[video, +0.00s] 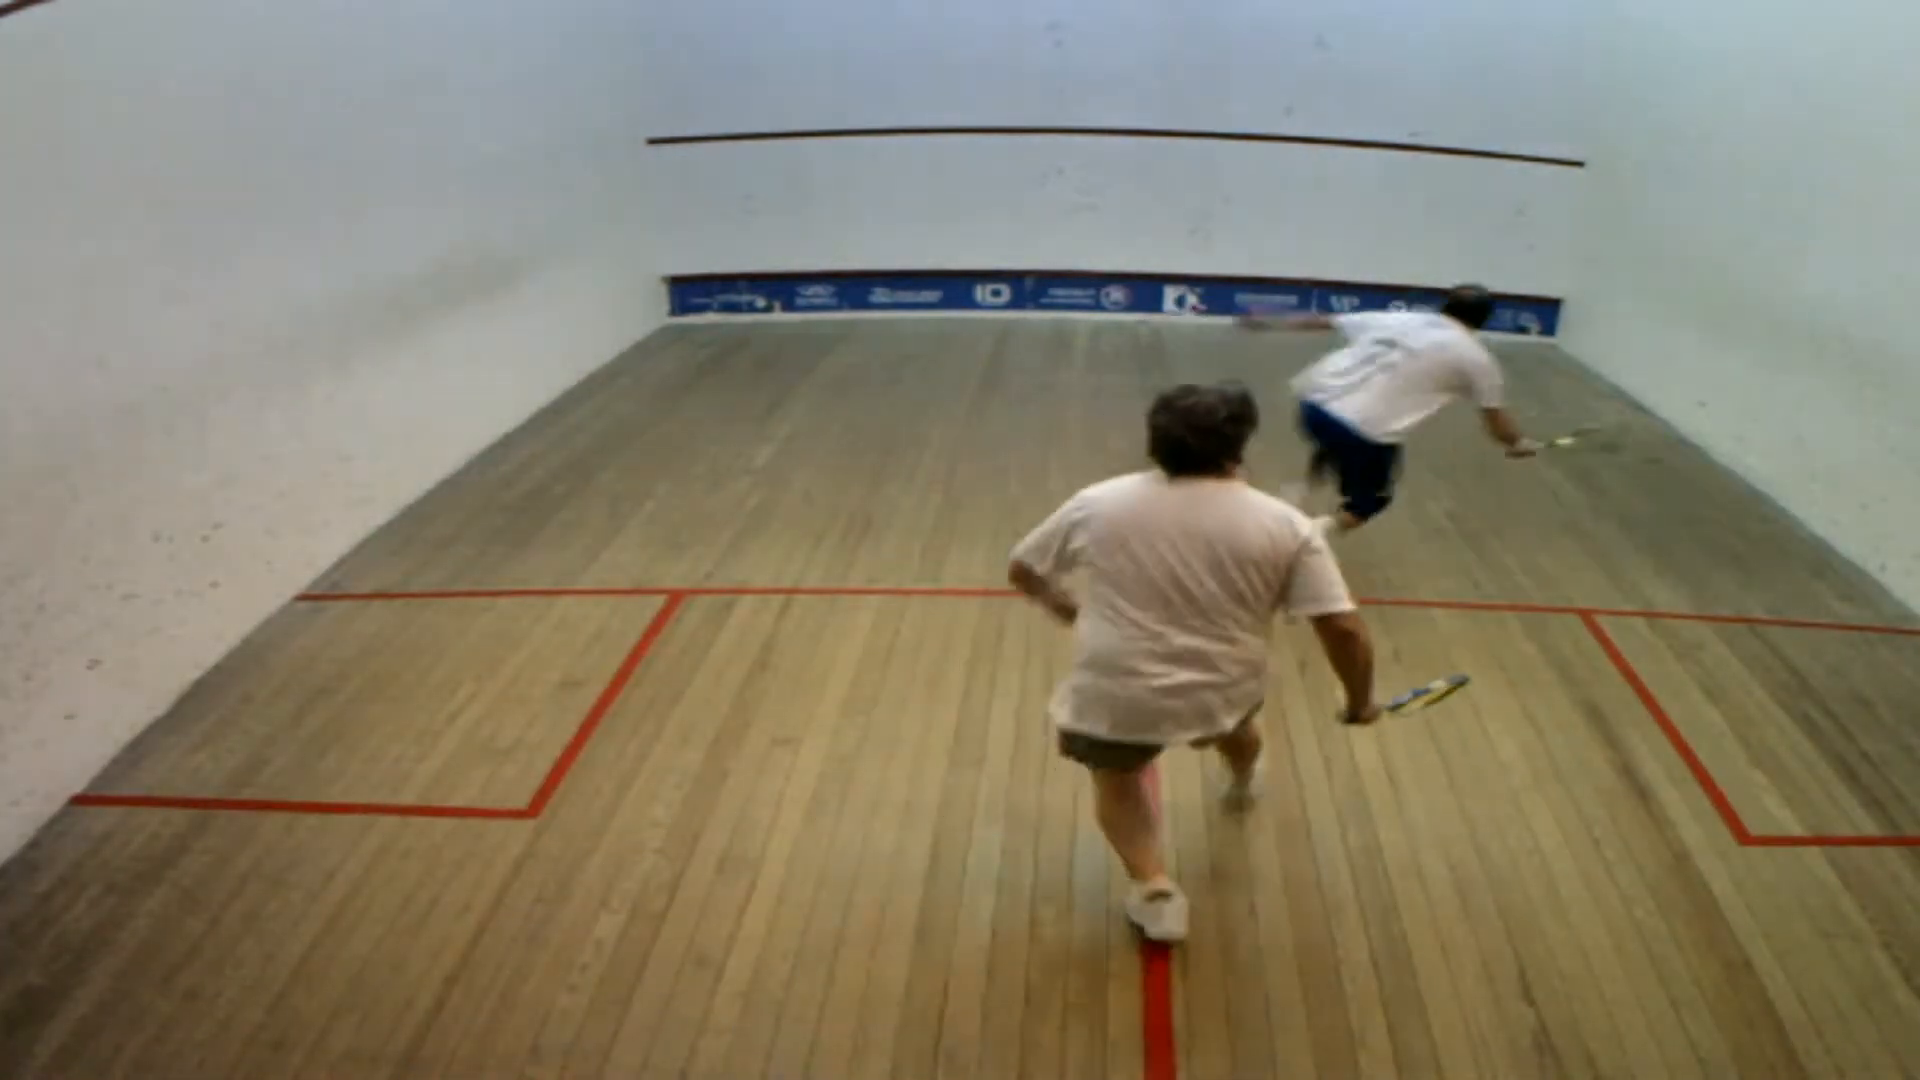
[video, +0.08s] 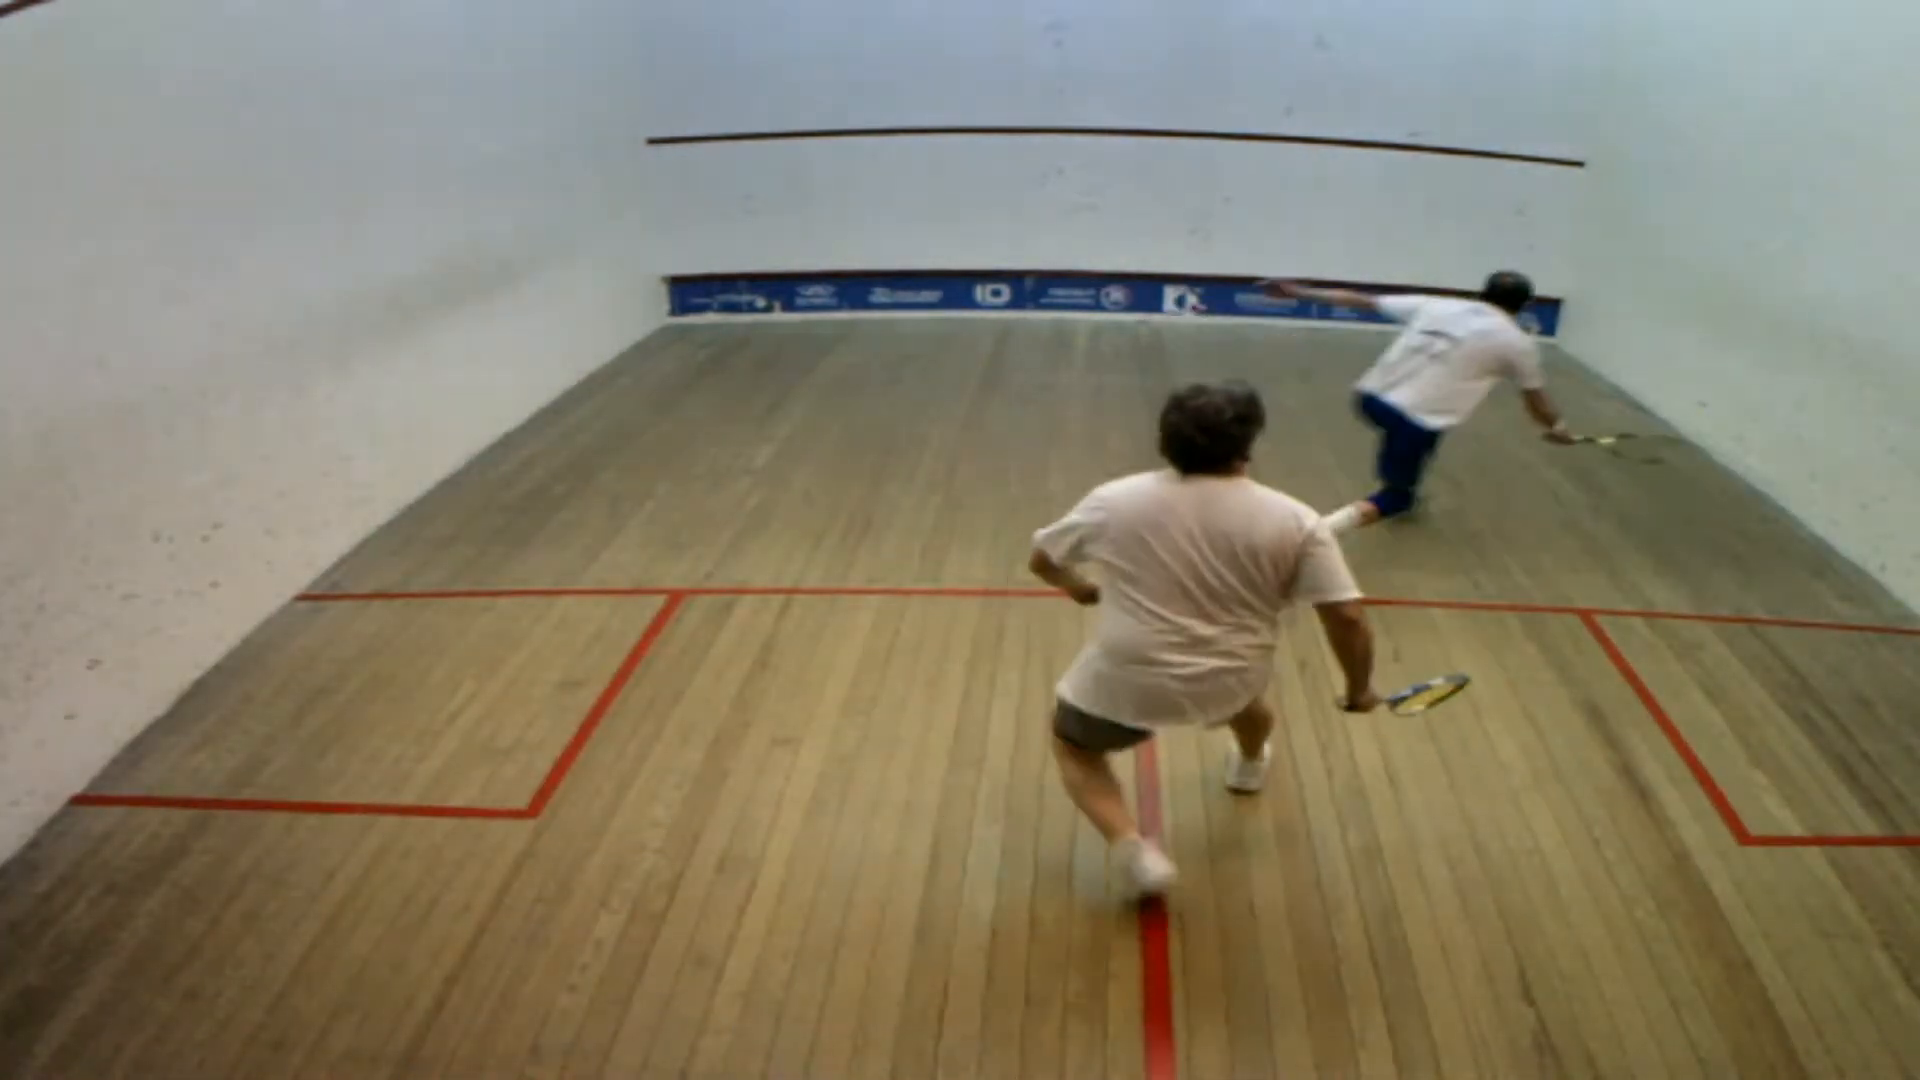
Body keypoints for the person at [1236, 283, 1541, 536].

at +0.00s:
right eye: (1480, 319)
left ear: (1446, 305)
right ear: (1480, 323)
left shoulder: (1403, 318)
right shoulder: (1474, 359)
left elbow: (1327, 322)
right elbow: (1496, 423)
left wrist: (1268, 323)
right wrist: (1517, 444)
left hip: (1314, 406)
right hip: (1361, 434)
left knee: (1330, 452)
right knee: (1370, 501)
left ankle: (1300, 494)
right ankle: (1312, 533)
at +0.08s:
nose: (1521, 313)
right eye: (1523, 307)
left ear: (1486, 292)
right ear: (1519, 307)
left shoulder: (1439, 305)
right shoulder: (1515, 341)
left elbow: (1366, 302)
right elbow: (1537, 402)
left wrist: (1303, 293)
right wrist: (1555, 428)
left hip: (1370, 397)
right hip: (1411, 423)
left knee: (1424, 431)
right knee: (1396, 494)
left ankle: (1402, 497)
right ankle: (1320, 531)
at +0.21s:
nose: (1566, 312)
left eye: (1562, 304)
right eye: (1565, 306)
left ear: (1529, 294)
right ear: (1561, 307)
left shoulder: (1487, 307)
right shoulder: (1560, 337)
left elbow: (1425, 306)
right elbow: (1581, 393)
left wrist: (1365, 308)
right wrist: (1595, 419)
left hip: (1437, 397)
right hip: (1472, 412)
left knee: (1489, 424)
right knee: (1431, 478)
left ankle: (1510, 466)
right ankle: (1355, 521)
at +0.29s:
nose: (1584, 321)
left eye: (1580, 313)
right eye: (1585, 315)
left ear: (1549, 301)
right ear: (1579, 315)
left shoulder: (1508, 318)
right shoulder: (1580, 345)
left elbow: (1447, 326)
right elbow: (1598, 395)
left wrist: (1395, 331)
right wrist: (1614, 421)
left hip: (1462, 402)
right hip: (1500, 417)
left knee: (1520, 427)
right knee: (1454, 484)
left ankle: (1530, 472)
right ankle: (1379, 512)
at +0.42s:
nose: (1624, 340)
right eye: (1625, 336)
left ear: (1592, 320)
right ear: (1621, 335)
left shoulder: (1562, 329)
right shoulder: (1619, 355)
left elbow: (1506, 351)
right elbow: (1622, 403)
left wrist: (1458, 380)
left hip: (1498, 387)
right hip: (1535, 405)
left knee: (1518, 435)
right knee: (1530, 470)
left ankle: (1533, 473)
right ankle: (1470, 477)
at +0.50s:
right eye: (1643, 332)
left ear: (1613, 316)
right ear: (1641, 331)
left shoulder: (1582, 323)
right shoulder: (1639, 353)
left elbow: (1529, 344)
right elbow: (1619, 387)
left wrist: (1486, 372)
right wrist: (1626, 390)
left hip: (1520, 378)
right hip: (1561, 396)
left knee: (1541, 428)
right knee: (1582, 438)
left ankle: (1530, 465)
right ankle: (1524, 458)